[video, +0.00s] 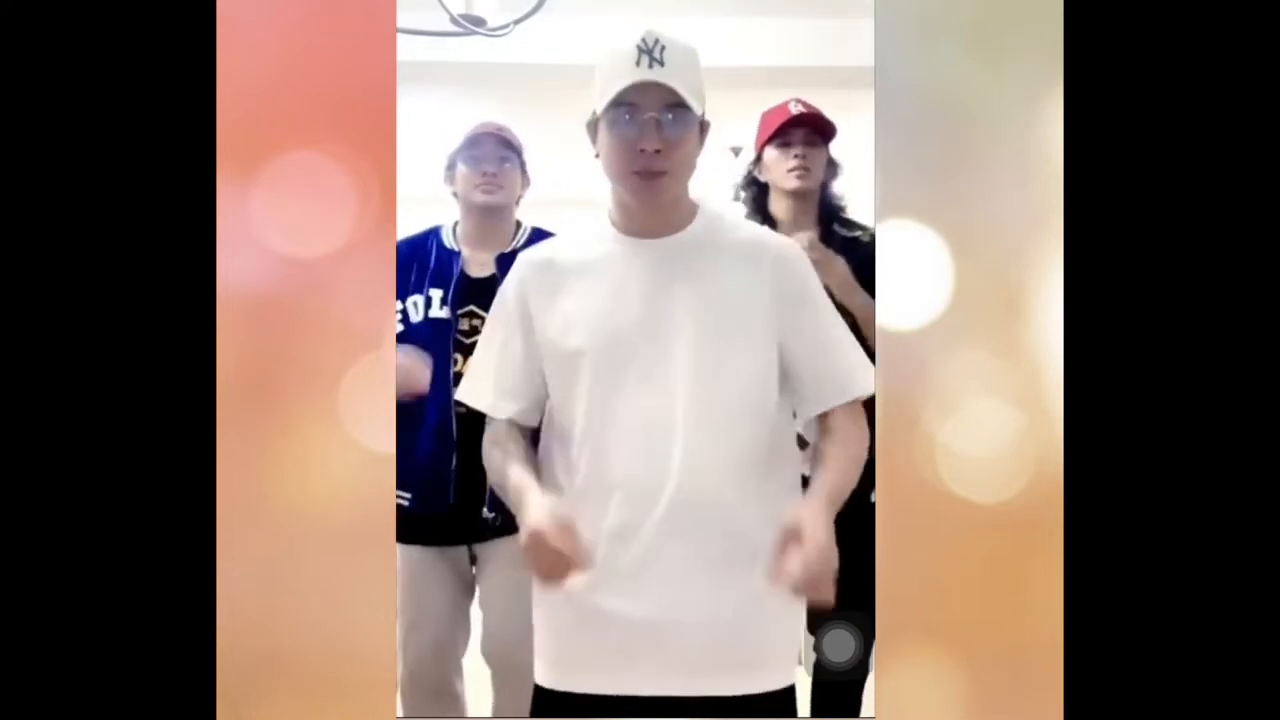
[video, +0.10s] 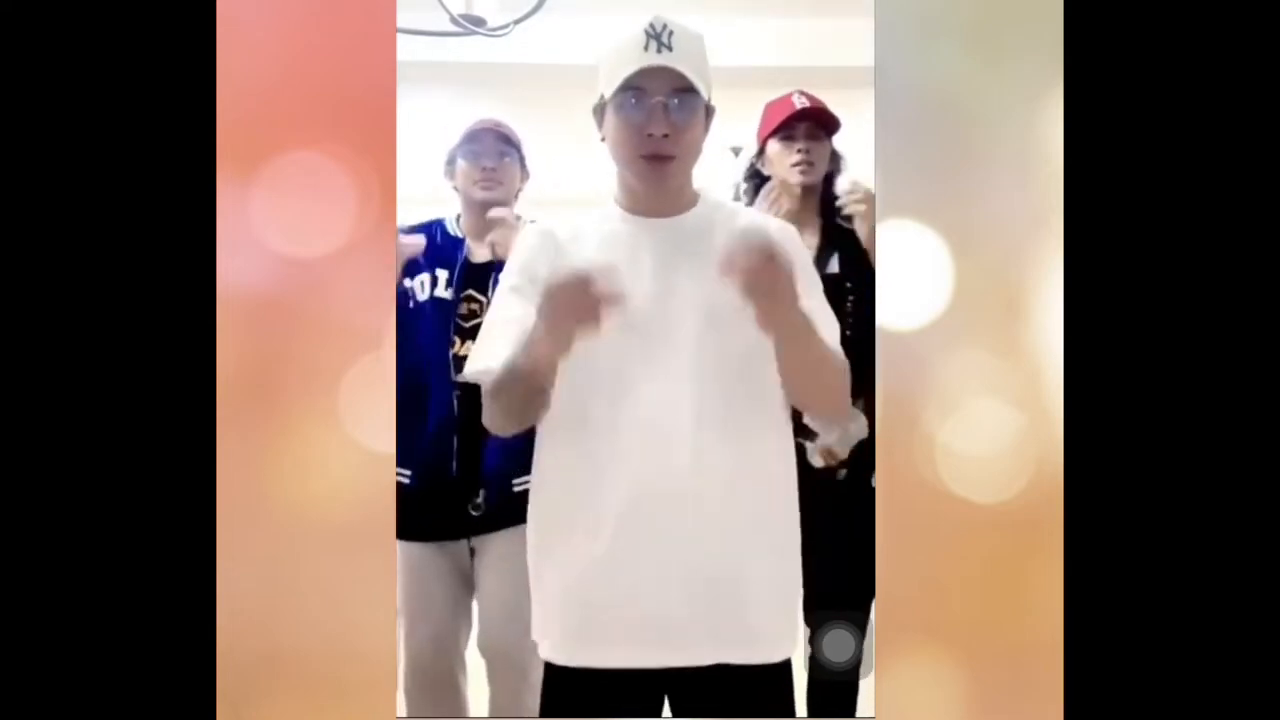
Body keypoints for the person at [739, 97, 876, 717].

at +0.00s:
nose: (800, 156)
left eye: (813, 146)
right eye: (785, 145)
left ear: (829, 161)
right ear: (759, 162)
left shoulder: (866, 248)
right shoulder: (733, 249)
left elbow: (894, 351)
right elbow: (711, 351)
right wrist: (770, 277)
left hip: (850, 460)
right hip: (755, 459)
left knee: (843, 643)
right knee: (758, 633)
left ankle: (834, 716)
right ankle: (770, 712)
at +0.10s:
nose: (806, 149)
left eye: (818, 137)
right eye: (789, 138)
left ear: (832, 150)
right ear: (763, 154)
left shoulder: (859, 235)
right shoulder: (741, 237)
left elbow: (899, 322)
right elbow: (726, 336)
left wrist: (874, 242)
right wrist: (760, 236)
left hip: (850, 452)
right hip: (761, 449)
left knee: (841, 625)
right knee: (762, 619)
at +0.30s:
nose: (814, 151)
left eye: (826, 140)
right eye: (798, 139)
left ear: (839, 156)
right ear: (768, 152)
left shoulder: (869, 244)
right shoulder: (742, 246)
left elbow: (894, 340)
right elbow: (722, 351)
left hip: (846, 473)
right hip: (754, 466)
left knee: (840, 633)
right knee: (748, 622)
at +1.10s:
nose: (788, 169)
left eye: (805, 163)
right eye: (779, 156)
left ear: (822, 187)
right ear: (754, 171)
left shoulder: (851, 262)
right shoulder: (722, 256)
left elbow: (878, 370)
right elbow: (702, 365)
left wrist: (843, 440)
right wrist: (772, 425)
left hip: (836, 482)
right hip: (746, 481)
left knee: (853, 651)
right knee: (759, 650)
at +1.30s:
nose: (870, 172)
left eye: (882, 162)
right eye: (860, 155)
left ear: (890, 176)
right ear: (821, 157)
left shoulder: (878, 254)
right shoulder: (755, 236)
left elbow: (869, 370)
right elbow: (725, 336)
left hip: (839, 474)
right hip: (751, 473)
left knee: (850, 649)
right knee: (748, 648)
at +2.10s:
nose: (819, 181)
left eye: (834, 168)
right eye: (813, 169)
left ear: (872, 176)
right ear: (807, 175)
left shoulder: (896, 264)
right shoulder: (792, 254)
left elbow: (868, 361)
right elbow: (773, 361)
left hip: (860, 474)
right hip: (784, 469)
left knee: (855, 636)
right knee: (770, 632)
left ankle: (853, 714)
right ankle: (765, 712)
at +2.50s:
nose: (826, 179)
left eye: (842, 165)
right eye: (815, 166)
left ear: (875, 175)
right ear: (804, 179)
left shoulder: (899, 265)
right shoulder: (787, 260)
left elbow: (916, 372)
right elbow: (764, 359)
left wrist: (876, 450)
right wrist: (801, 436)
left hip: (868, 479)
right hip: (790, 475)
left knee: (857, 645)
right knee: (770, 635)